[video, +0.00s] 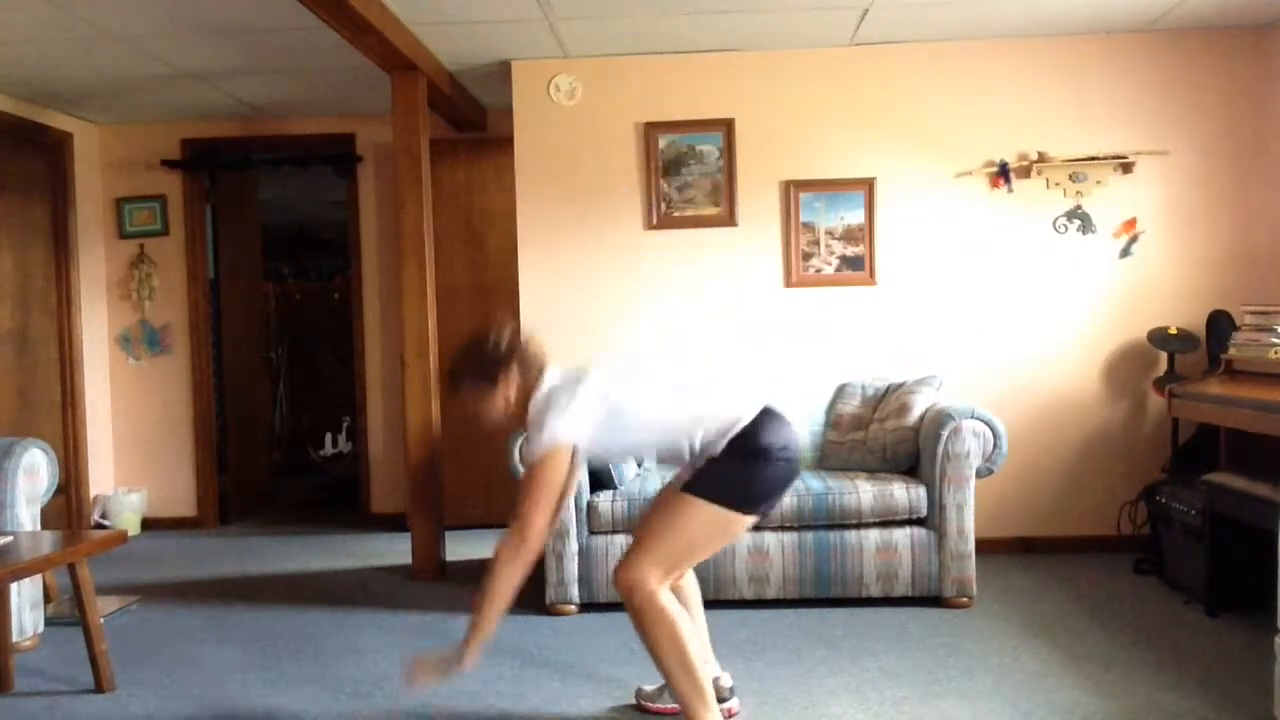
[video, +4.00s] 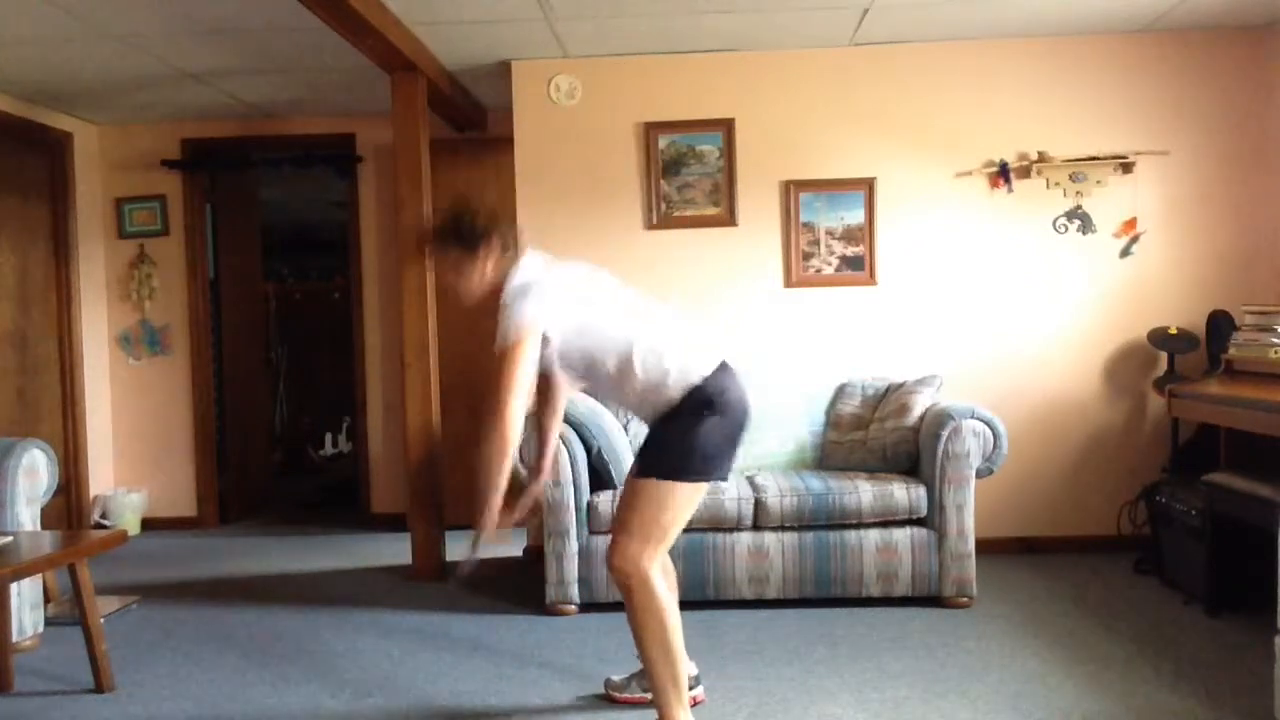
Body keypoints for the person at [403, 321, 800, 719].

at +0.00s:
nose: (477, 415)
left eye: (477, 401)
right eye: (471, 404)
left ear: (507, 382)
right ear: (510, 377)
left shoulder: (557, 415)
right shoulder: (564, 392)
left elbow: (523, 543)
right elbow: (535, 532)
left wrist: (469, 650)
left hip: (754, 443)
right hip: (754, 434)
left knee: (639, 578)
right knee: (658, 555)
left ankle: (706, 714)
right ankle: (707, 683)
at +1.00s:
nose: (435, 566)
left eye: (428, 556)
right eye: (426, 558)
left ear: (449, 527)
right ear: (457, 501)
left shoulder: (522, 510)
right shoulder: (514, 487)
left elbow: (508, 640)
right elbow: (516, 622)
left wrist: (487, 714)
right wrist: (484, 699)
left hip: (693, 496)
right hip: (704, 491)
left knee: (589, 599)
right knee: (832, 590)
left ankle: (699, 714)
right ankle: (968, 644)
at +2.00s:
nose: (458, 581)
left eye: (446, 573)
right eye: (448, 576)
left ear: (457, 542)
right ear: (461, 528)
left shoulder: (517, 517)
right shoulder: (516, 486)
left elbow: (502, 654)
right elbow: (517, 630)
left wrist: (481, 716)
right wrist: (483, 699)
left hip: (687, 460)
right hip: (703, 466)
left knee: (588, 569)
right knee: (817, 577)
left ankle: (684, 699)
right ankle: (950, 638)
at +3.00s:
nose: (459, 317)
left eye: (462, 299)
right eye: (454, 302)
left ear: (494, 283)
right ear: (499, 280)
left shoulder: (535, 322)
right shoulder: (550, 303)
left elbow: (525, 455)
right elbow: (559, 433)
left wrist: (519, 536)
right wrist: (533, 519)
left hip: (705, 424)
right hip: (695, 419)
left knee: (605, 571)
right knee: (612, 536)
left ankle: (671, 711)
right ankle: (670, 666)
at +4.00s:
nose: (447, 282)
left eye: (452, 267)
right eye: (443, 269)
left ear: (488, 251)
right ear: (492, 250)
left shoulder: (526, 294)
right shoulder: (538, 280)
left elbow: (505, 417)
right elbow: (555, 388)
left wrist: (486, 519)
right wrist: (542, 475)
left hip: (701, 400)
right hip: (693, 398)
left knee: (631, 559)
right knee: (642, 549)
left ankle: (676, 711)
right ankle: (675, 672)